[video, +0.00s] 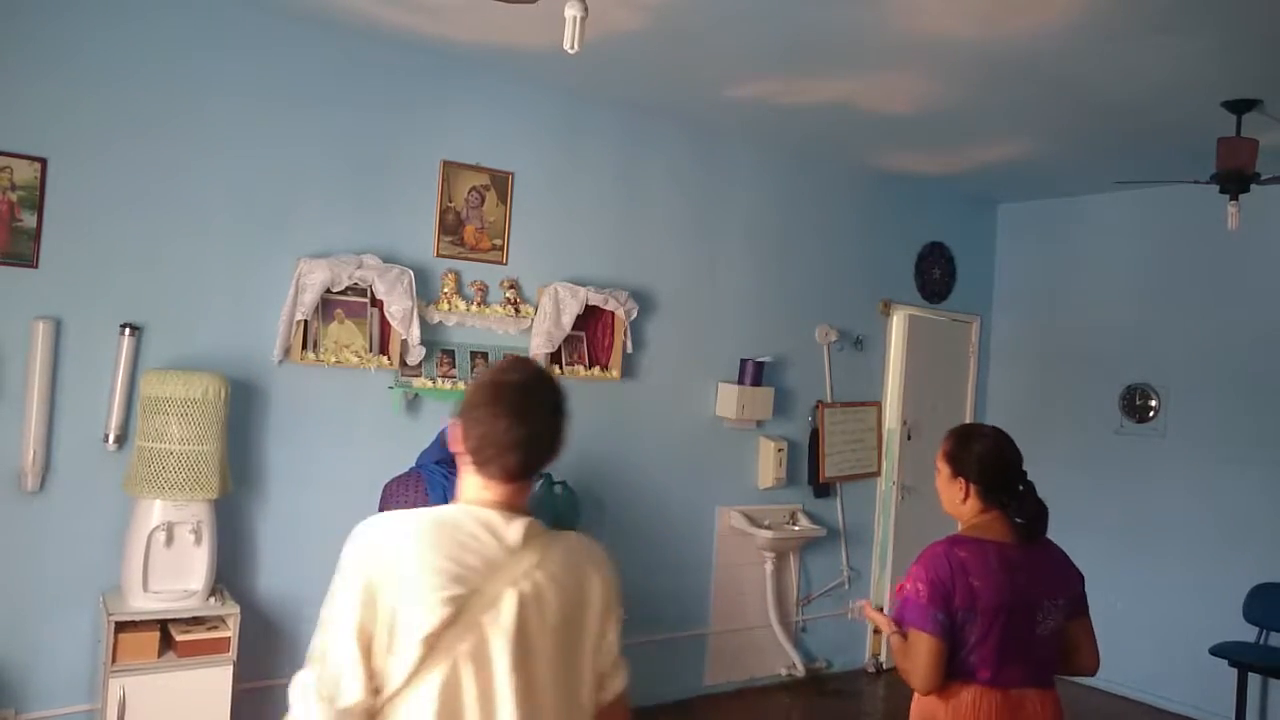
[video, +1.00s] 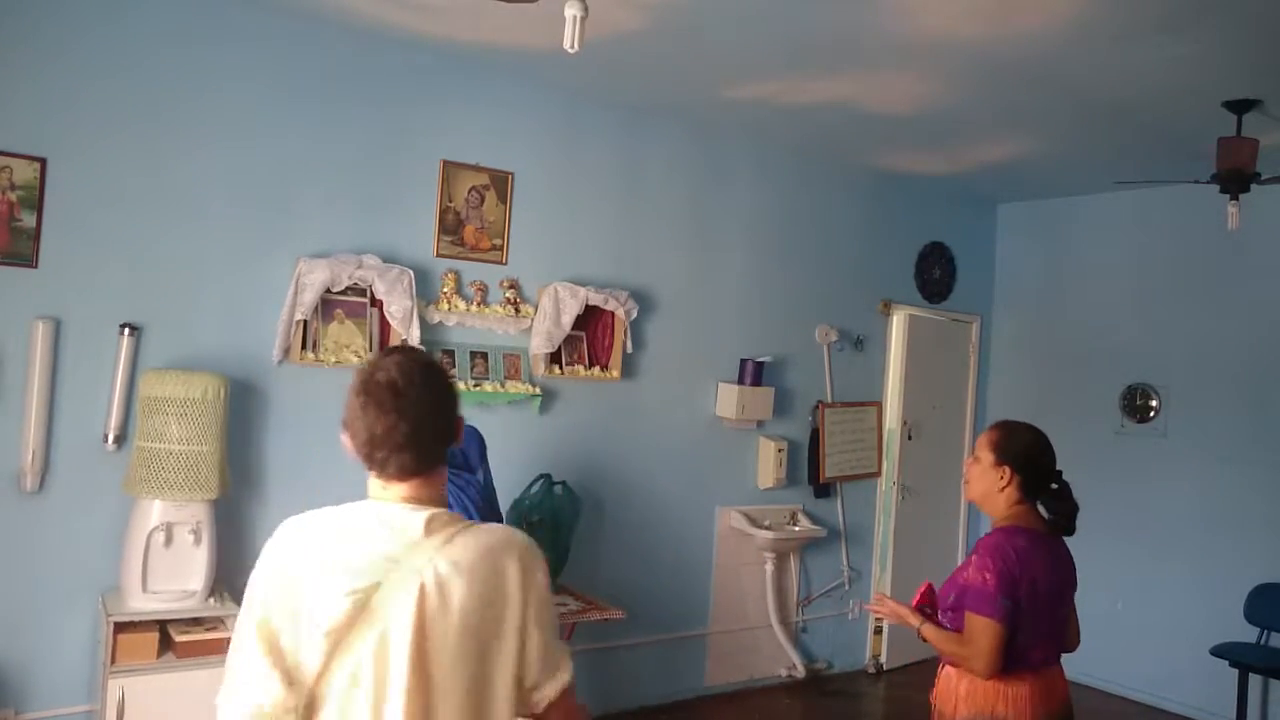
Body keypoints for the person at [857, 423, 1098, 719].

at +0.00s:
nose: (936, 482)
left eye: (939, 473)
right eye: (937, 472)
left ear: (962, 488)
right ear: (1008, 481)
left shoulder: (941, 561)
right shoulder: (1054, 559)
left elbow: (923, 678)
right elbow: (1085, 660)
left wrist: (891, 633)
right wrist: (1016, 649)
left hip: (958, 706)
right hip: (1037, 705)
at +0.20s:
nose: (945, 478)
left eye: (949, 469)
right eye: (946, 469)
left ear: (973, 485)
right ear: (1016, 478)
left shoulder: (954, 558)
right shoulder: (1059, 553)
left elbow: (935, 672)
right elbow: (1087, 650)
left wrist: (901, 627)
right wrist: (1019, 646)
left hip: (968, 703)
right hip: (1043, 700)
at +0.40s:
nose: (956, 479)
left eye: (961, 469)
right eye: (958, 468)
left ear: (987, 484)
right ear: (1025, 479)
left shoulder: (970, 560)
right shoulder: (1067, 553)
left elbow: (954, 670)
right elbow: (1089, 642)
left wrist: (909, 623)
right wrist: (1022, 634)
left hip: (982, 702)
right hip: (1050, 694)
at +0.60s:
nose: (962, 473)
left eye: (970, 465)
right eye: (966, 464)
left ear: (998, 482)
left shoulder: (986, 554)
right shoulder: (1064, 549)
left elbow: (966, 663)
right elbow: (1083, 639)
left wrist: (916, 621)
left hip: (990, 700)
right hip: (1053, 691)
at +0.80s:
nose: (966, 463)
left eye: (976, 457)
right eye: (972, 454)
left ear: (1003, 477)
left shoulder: (987, 548)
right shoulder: (1057, 545)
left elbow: (973, 657)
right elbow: (1075, 636)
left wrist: (915, 620)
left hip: (988, 692)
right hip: (1048, 684)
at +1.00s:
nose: (966, 466)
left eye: (975, 459)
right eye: (971, 457)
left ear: (1003, 477)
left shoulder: (994, 551)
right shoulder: (1053, 544)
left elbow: (982, 661)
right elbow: (1068, 639)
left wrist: (916, 622)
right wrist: (954, 619)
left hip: (989, 696)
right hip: (1045, 686)